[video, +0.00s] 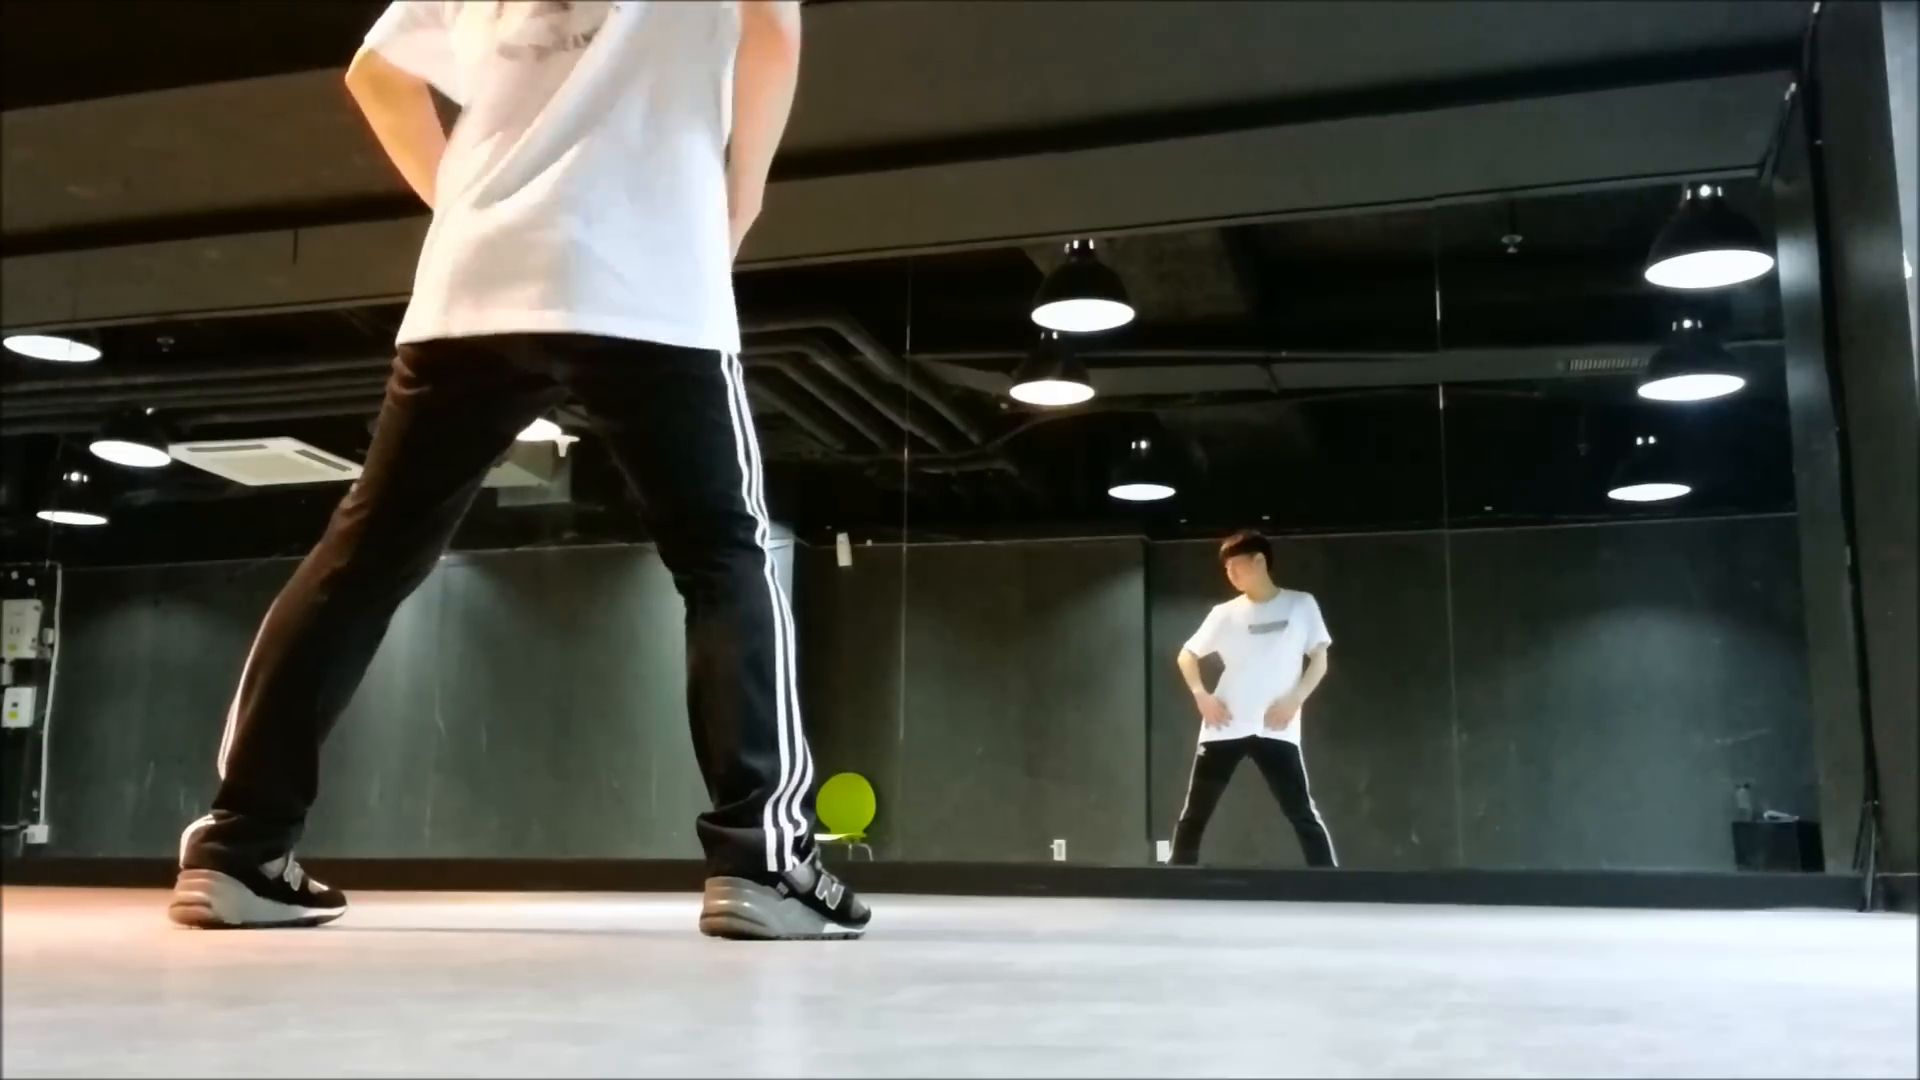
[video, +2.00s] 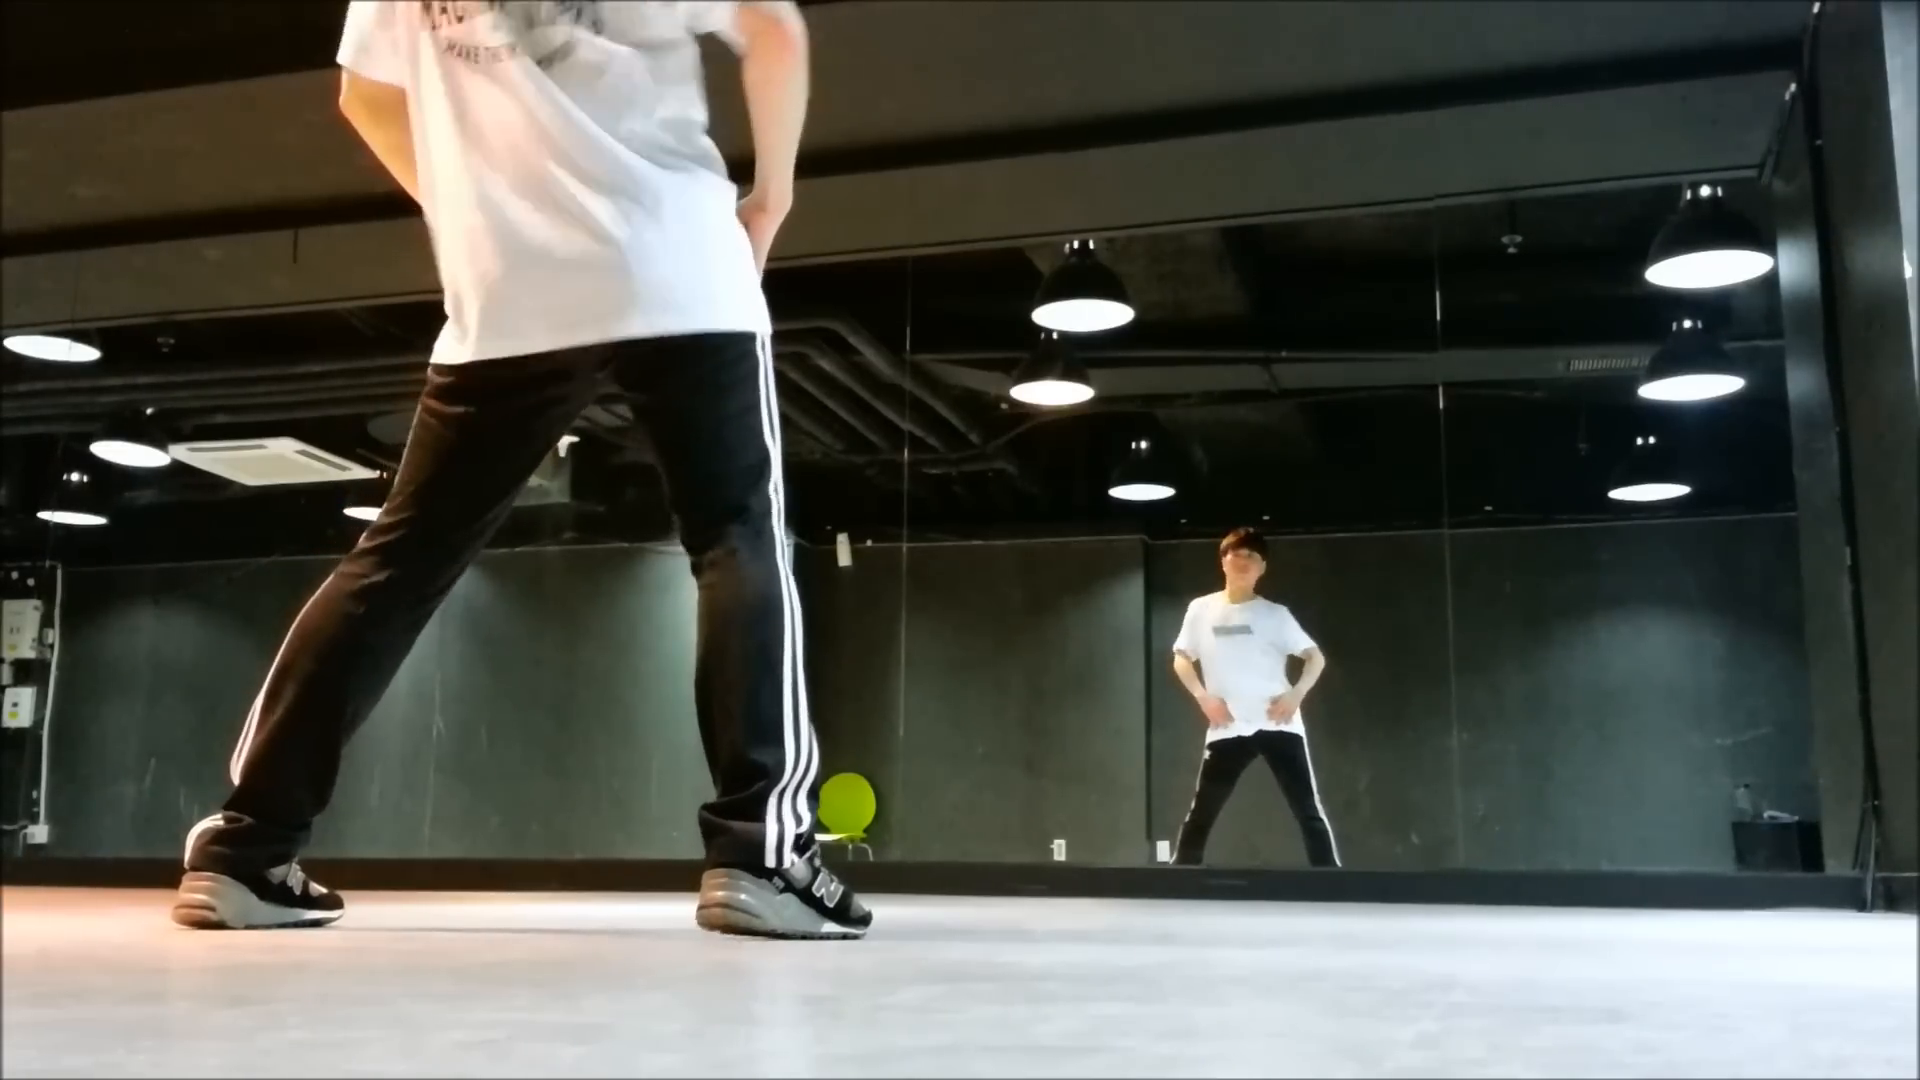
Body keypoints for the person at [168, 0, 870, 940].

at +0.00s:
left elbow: (379, 74)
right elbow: (771, 27)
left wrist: (474, 210)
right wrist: (741, 194)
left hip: (476, 260)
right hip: (646, 263)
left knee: (365, 553)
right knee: (725, 557)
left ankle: (235, 843)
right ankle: (762, 856)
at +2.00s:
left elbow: (368, 92)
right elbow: (772, 25)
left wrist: (472, 210)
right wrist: (773, 183)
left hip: (505, 264)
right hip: (679, 254)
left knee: (397, 558)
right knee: (739, 545)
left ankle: (243, 844)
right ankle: (763, 851)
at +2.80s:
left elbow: (357, 67)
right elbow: (756, 20)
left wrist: (464, 196)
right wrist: (757, 189)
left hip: (486, 256)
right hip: (657, 258)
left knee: (379, 550)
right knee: (719, 544)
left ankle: (241, 844)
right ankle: (760, 854)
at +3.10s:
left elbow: (339, 85)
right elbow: (779, 24)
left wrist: (461, 197)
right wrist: (765, 188)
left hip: (488, 278)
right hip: (657, 266)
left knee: (385, 555)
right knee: (720, 544)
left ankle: (242, 844)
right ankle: (759, 854)